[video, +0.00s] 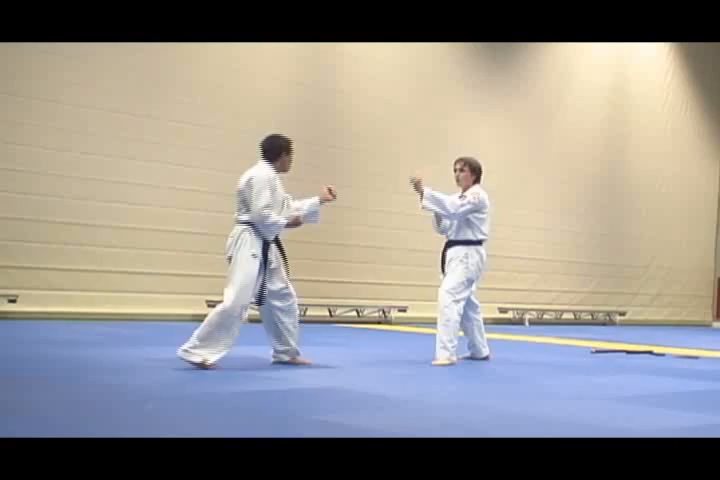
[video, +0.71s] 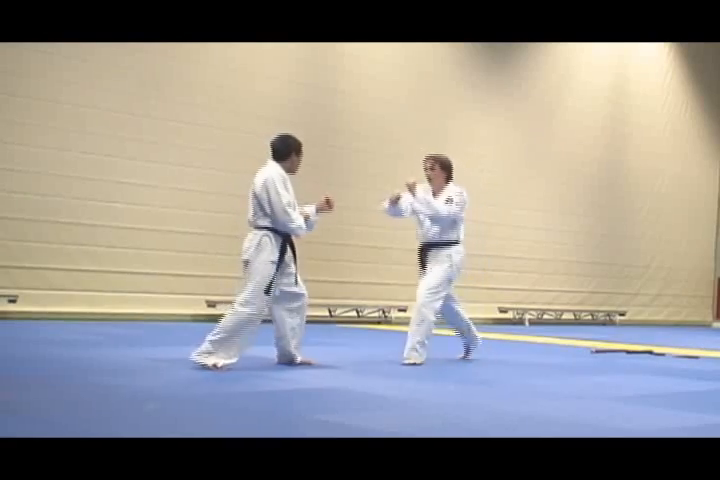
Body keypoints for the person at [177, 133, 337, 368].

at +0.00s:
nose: (291, 159)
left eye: (291, 154)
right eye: (289, 154)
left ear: (274, 155)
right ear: (280, 155)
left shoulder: (273, 177)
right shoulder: (261, 175)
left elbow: (287, 210)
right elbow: (261, 215)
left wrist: (319, 200)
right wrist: (286, 222)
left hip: (266, 240)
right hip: (249, 238)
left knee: (282, 295)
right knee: (236, 301)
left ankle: (286, 352)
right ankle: (195, 350)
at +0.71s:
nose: (301, 160)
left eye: (301, 155)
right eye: (299, 155)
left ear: (280, 154)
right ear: (290, 156)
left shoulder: (277, 174)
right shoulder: (271, 176)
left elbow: (290, 212)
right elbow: (286, 219)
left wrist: (316, 208)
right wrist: (304, 222)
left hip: (277, 243)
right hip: (266, 243)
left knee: (294, 297)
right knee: (252, 304)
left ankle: (289, 353)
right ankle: (207, 353)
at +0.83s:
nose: (308, 179)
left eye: (309, 174)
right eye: (308, 174)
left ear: (291, 171)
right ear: (298, 172)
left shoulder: (285, 189)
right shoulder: (279, 187)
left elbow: (293, 222)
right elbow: (287, 223)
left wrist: (314, 223)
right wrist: (313, 228)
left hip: (275, 251)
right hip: (264, 250)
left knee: (302, 299)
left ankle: (291, 353)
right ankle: (235, 342)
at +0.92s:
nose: (311, 192)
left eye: (312, 188)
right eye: (311, 187)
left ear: (290, 178)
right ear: (305, 183)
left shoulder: (274, 190)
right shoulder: (290, 192)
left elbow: (290, 232)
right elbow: (315, 228)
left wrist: (319, 217)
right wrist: (324, 220)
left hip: (245, 249)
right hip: (258, 251)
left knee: (282, 304)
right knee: (303, 303)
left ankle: (291, 354)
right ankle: (259, 345)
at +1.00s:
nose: (312, 199)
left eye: (312, 195)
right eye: (312, 194)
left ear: (289, 185)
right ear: (307, 190)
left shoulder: (271, 195)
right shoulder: (297, 198)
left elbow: (283, 238)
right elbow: (325, 232)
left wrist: (316, 238)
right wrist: (337, 227)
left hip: (227, 248)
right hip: (251, 247)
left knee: (264, 305)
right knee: (301, 299)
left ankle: (282, 354)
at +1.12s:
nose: (301, 197)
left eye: (301, 192)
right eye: (300, 192)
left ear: (275, 184)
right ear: (292, 189)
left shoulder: (255, 195)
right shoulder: (284, 203)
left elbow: (271, 242)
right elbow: (310, 239)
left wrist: (295, 266)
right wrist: (322, 253)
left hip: (216, 248)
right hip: (244, 252)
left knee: (229, 311)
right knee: (288, 301)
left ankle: (193, 336)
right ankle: (290, 360)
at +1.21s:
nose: (282, 175)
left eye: (282, 170)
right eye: (280, 170)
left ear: (254, 165)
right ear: (270, 169)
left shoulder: (233, 178)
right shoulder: (267, 189)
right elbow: (283, 228)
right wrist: (296, 257)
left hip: (204, 243)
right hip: (230, 246)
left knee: (202, 316)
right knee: (270, 301)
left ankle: (153, 327)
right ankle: (287, 360)